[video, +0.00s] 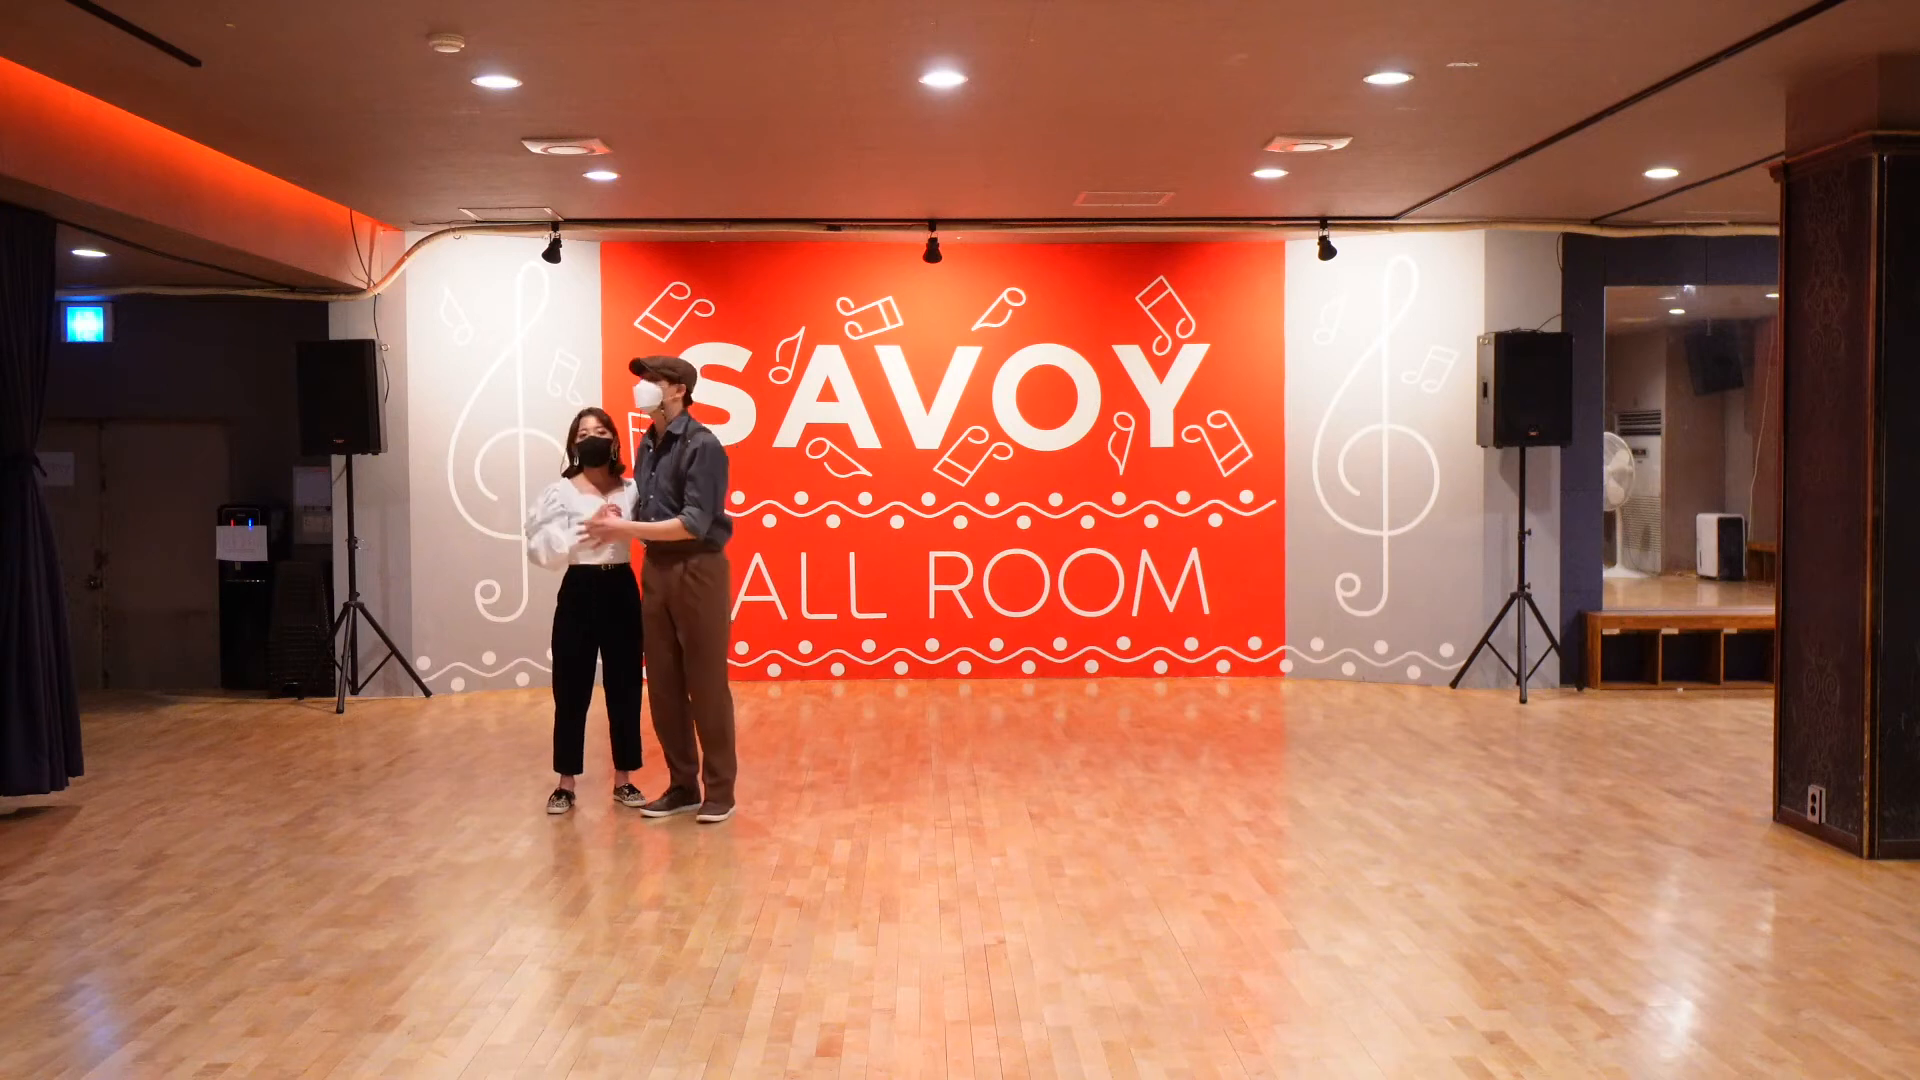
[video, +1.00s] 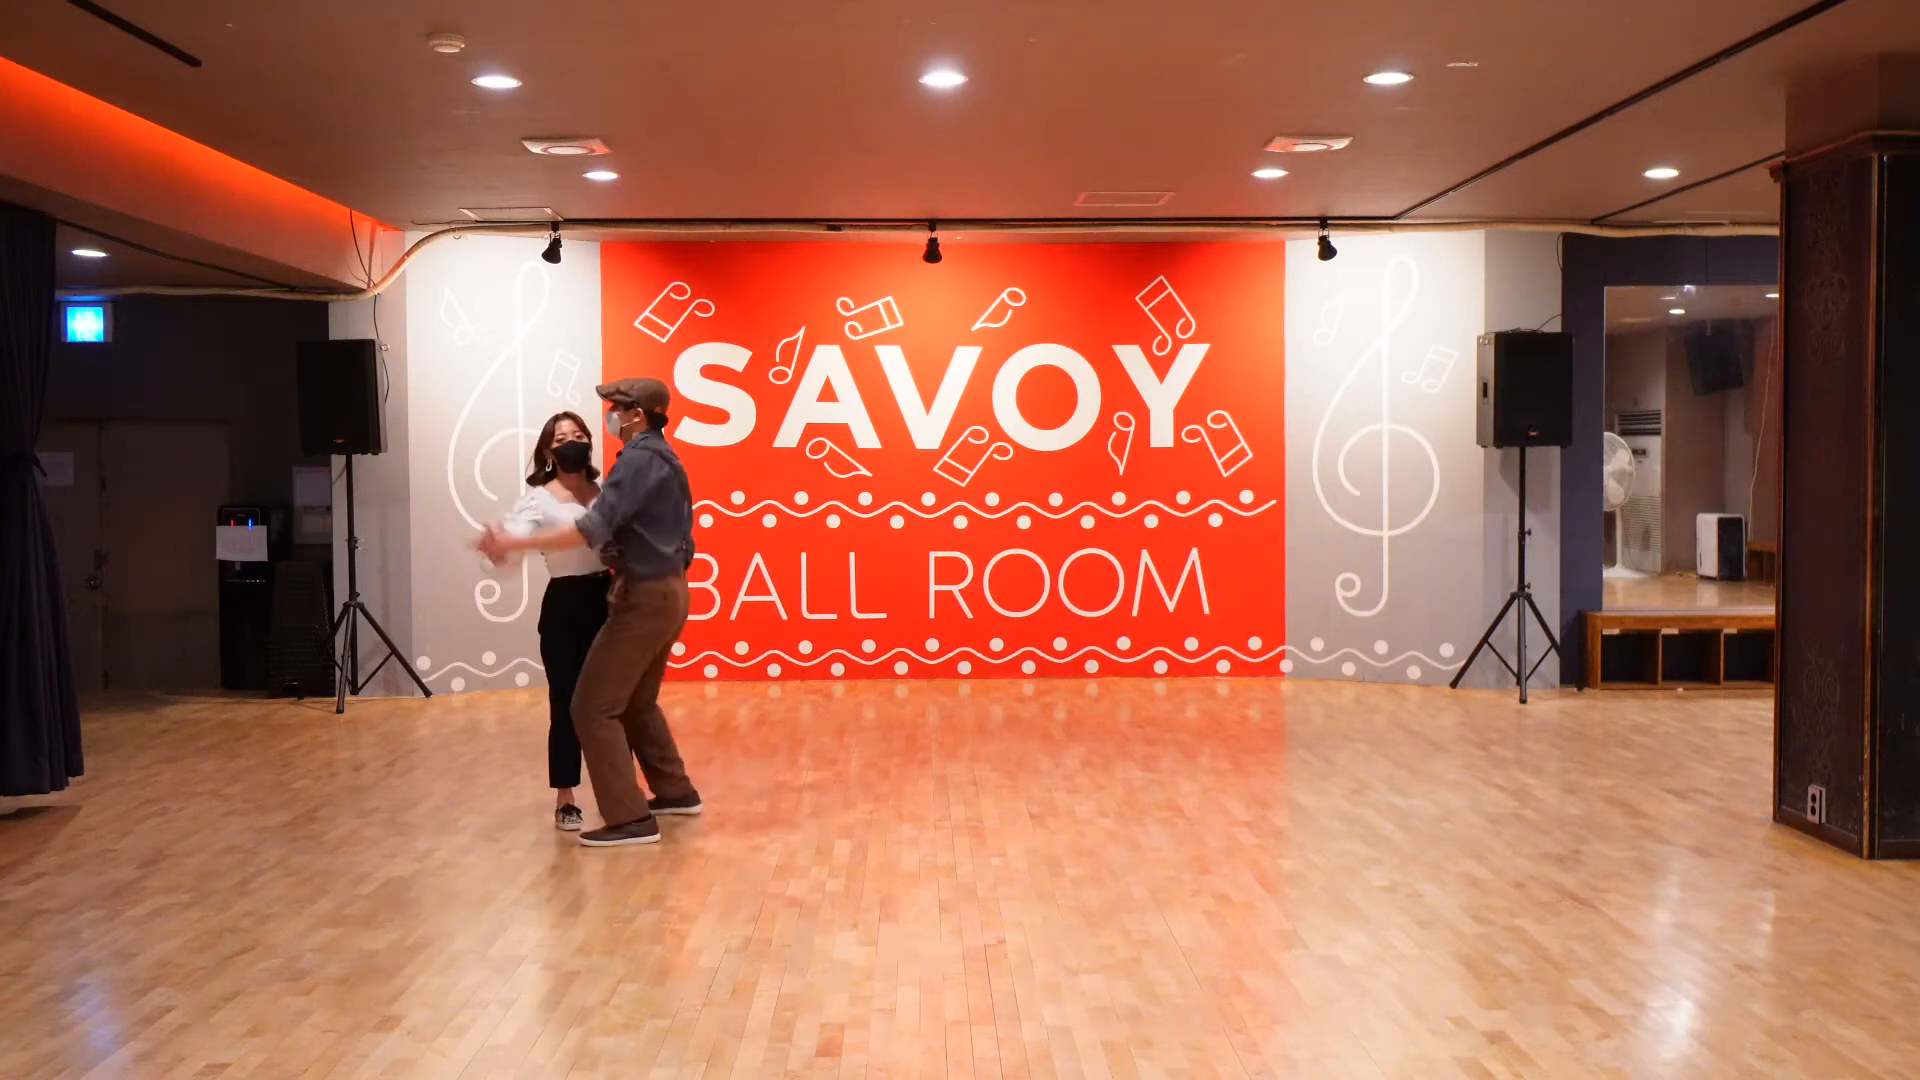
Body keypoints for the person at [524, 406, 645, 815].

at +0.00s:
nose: (593, 433)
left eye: (601, 428)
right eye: (584, 430)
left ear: (613, 439)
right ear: (573, 443)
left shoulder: (631, 490)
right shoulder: (557, 492)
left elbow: (654, 528)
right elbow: (539, 548)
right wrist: (583, 529)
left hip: (621, 591)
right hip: (578, 592)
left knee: (625, 690)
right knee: (571, 691)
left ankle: (624, 781)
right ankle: (565, 784)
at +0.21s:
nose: (598, 434)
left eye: (605, 428)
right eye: (588, 430)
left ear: (618, 440)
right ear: (576, 444)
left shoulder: (635, 489)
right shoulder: (562, 493)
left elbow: (652, 531)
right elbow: (551, 551)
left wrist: (615, 524)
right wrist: (587, 539)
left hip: (625, 590)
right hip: (582, 591)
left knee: (626, 688)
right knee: (574, 688)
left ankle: (623, 781)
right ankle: (565, 783)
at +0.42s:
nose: (601, 438)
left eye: (608, 431)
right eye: (591, 434)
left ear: (620, 441)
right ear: (578, 447)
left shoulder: (638, 491)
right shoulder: (570, 499)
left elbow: (657, 538)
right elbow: (555, 560)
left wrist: (624, 536)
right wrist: (587, 547)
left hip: (631, 593)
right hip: (589, 597)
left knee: (630, 689)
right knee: (584, 689)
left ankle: (624, 781)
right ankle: (567, 779)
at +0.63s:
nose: (592, 437)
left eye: (599, 431)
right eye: (582, 434)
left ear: (610, 441)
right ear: (570, 447)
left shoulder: (629, 488)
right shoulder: (565, 501)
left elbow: (652, 529)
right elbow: (561, 560)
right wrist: (595, 587)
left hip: (628, 601)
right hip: (587, 606)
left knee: (624, 696)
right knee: (580, 698)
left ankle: (621, 780)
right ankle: (567, 788)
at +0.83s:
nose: (577, 439)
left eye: (583, 433)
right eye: (567, 436)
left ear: (596, 442)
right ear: (555, 450)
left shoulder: (618, 487)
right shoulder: (550, 503)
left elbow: (639, 532)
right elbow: (556, 566)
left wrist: (634, 580)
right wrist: (578, 606)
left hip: (621, 586)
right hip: (577, 595)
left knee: (618, 688)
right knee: (576, 695)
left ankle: (620, 786)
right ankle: (567, 794)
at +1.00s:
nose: (570, 440)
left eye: (577, 434)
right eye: (561, 436)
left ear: (589, 444)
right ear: (547, 450)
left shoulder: (605, 491)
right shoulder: (538, 499)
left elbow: (627, 530)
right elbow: (510, 539)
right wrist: (498, 546)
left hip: (606, 596)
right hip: (565, 601)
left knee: (613, 693)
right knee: (566, 699)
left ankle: (625, 790)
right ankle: (566, 798)